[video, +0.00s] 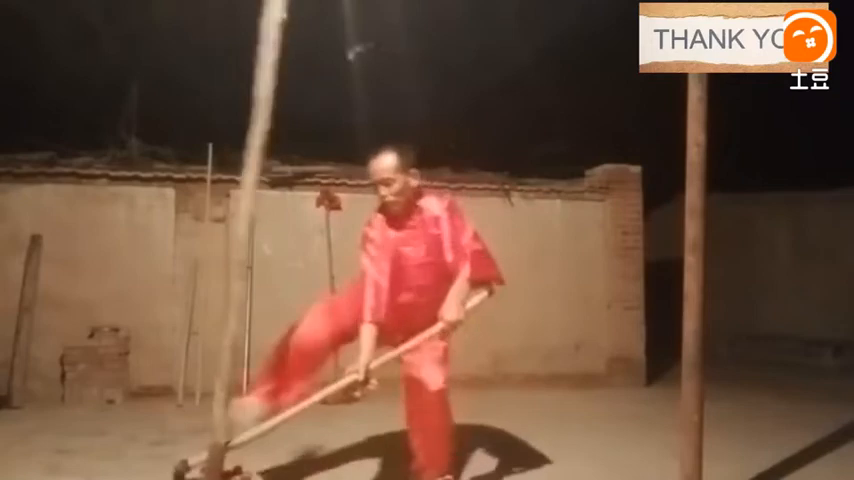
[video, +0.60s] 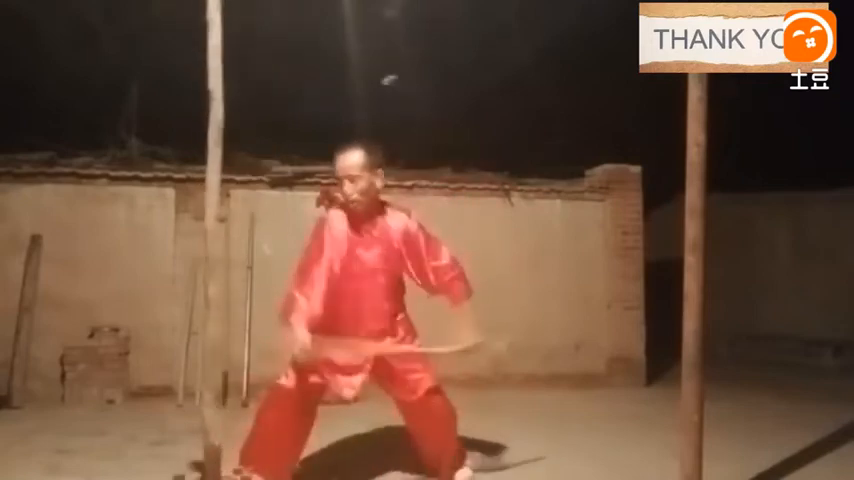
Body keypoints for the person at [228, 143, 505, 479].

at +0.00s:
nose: (383, 194)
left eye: (389, 184)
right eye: (377, 186)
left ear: (412, 179)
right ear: (374, 187)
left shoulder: (441, 210)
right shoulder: (377, 229)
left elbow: (471, 261)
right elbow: (373, 295)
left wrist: (455, 298)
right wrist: (364, 361)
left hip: (424, 315)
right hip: (378, 305)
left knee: (428, 393)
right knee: (310, 334)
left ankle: (434, 475)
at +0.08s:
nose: (374, 192)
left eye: (380, 182)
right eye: (369, 184)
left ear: (405, 179)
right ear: (366, 186)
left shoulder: (433, 211)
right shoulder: (369, 227)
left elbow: (467, 260)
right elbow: (364, 292)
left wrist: (453, 297)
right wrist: (360, 355)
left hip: (417, 325)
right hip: (365, 319)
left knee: (430, 400)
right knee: (296, 361)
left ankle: (428, 475)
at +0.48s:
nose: (349, 199)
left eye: (357, 189)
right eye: (343, 191)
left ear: (381, 187)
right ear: (338, 193)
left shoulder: (402, 227)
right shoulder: (338, 233)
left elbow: (446, 270)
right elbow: (323, 302)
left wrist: (463, 318)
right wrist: (314, 375)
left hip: (389, 342)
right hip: (330, 343)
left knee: (433, 389)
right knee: (287, 404)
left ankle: (438, 472)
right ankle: (257, 472)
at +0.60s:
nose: (346, 190)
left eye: (354, 180)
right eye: (341, 181)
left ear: (378, 178)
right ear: (336, 184)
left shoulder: (400, 225)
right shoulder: (331, 224)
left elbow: (444, 269)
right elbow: (309, 279)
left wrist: (465, 322)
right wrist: (299, 327)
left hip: (388, 338)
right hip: (329, 338)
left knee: (427, 402)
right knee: (287, 399)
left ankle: (451, 468)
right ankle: (257, 471)